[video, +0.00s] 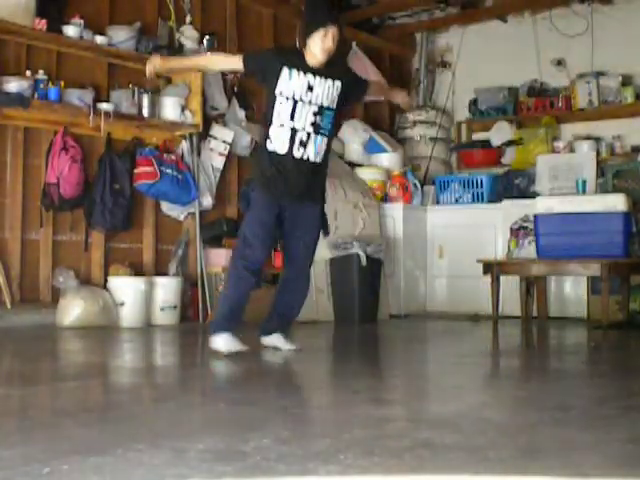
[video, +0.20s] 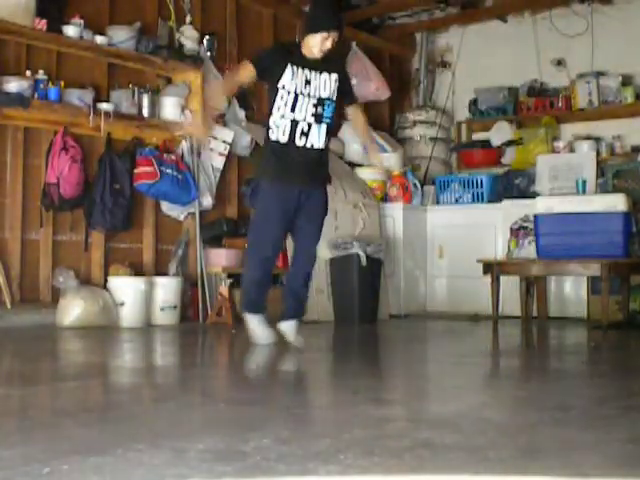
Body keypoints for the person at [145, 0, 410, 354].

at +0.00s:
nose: (329, 42)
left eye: (334, 36)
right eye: (323, 34)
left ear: (338, 40)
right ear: (307, 35)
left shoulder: (344, 79)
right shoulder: (277, 61)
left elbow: (376, 90)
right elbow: (220, 60)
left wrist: (396, 95)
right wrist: (168, 63)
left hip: (309, 186)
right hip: (270, 179)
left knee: (299, 265)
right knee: (251, 255)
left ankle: (275, 331)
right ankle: (222, 330)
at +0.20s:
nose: (328, 44)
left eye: (333, 39)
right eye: (324, 37)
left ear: (336, 39)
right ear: (308, 31)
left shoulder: (336, 70)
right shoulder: (279, 57)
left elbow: (355, 113)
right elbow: (234, 79)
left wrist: (371, 150)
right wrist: (211, 108)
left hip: (315, 177)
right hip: (278, 173)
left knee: (305, 253)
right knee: (265, 246)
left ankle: (291, 318)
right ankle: (252, 310)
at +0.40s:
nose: (331, 74)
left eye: (334, 69)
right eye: (327, 67)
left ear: (334, 70)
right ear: (311, 63)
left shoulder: (323, 96)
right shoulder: (289, 96)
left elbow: (327, 127)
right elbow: (306, 147)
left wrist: (326, 125)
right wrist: (334, 180)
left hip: (314, 195)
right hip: (284, 196)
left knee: (330, 261)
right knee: (281, 266)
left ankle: (330, 318)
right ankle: (267, 325)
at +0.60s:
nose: (348, 71)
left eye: (351, 65)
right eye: (346, 64)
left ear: (345, 65)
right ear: (330, 60)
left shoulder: (335, 91)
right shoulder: (310, 90)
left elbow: (348, 122)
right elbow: (320, 132)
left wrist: (325, 97)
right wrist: (343, 164)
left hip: (330, 187)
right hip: (306, 188)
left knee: (339, 256)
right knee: (303, 253)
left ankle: (322, 316)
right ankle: (270, 315)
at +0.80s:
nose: (366, 82)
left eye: (367, 75)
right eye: (365, 74)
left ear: (352, 74)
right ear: (355, 73)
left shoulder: (343, 105)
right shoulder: (330, 101)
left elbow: (338, 154)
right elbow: (317, 148)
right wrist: (345, 188)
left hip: (334, 188)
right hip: (323, 188)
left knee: (349, 261)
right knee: (345, 261)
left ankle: (322, 321)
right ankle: (303, 312)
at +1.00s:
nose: (384, 65)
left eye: (384, 59)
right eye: (382, 58)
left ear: (366, 57)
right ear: (370, 57)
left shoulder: (357, 86)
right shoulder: (350, 83)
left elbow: (346, 132)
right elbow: (319, 119)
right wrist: (339, 162)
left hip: (334, 178)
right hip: (339, 178)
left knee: (342, 248)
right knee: (363, 247)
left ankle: (317, 309)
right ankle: (371, 317)